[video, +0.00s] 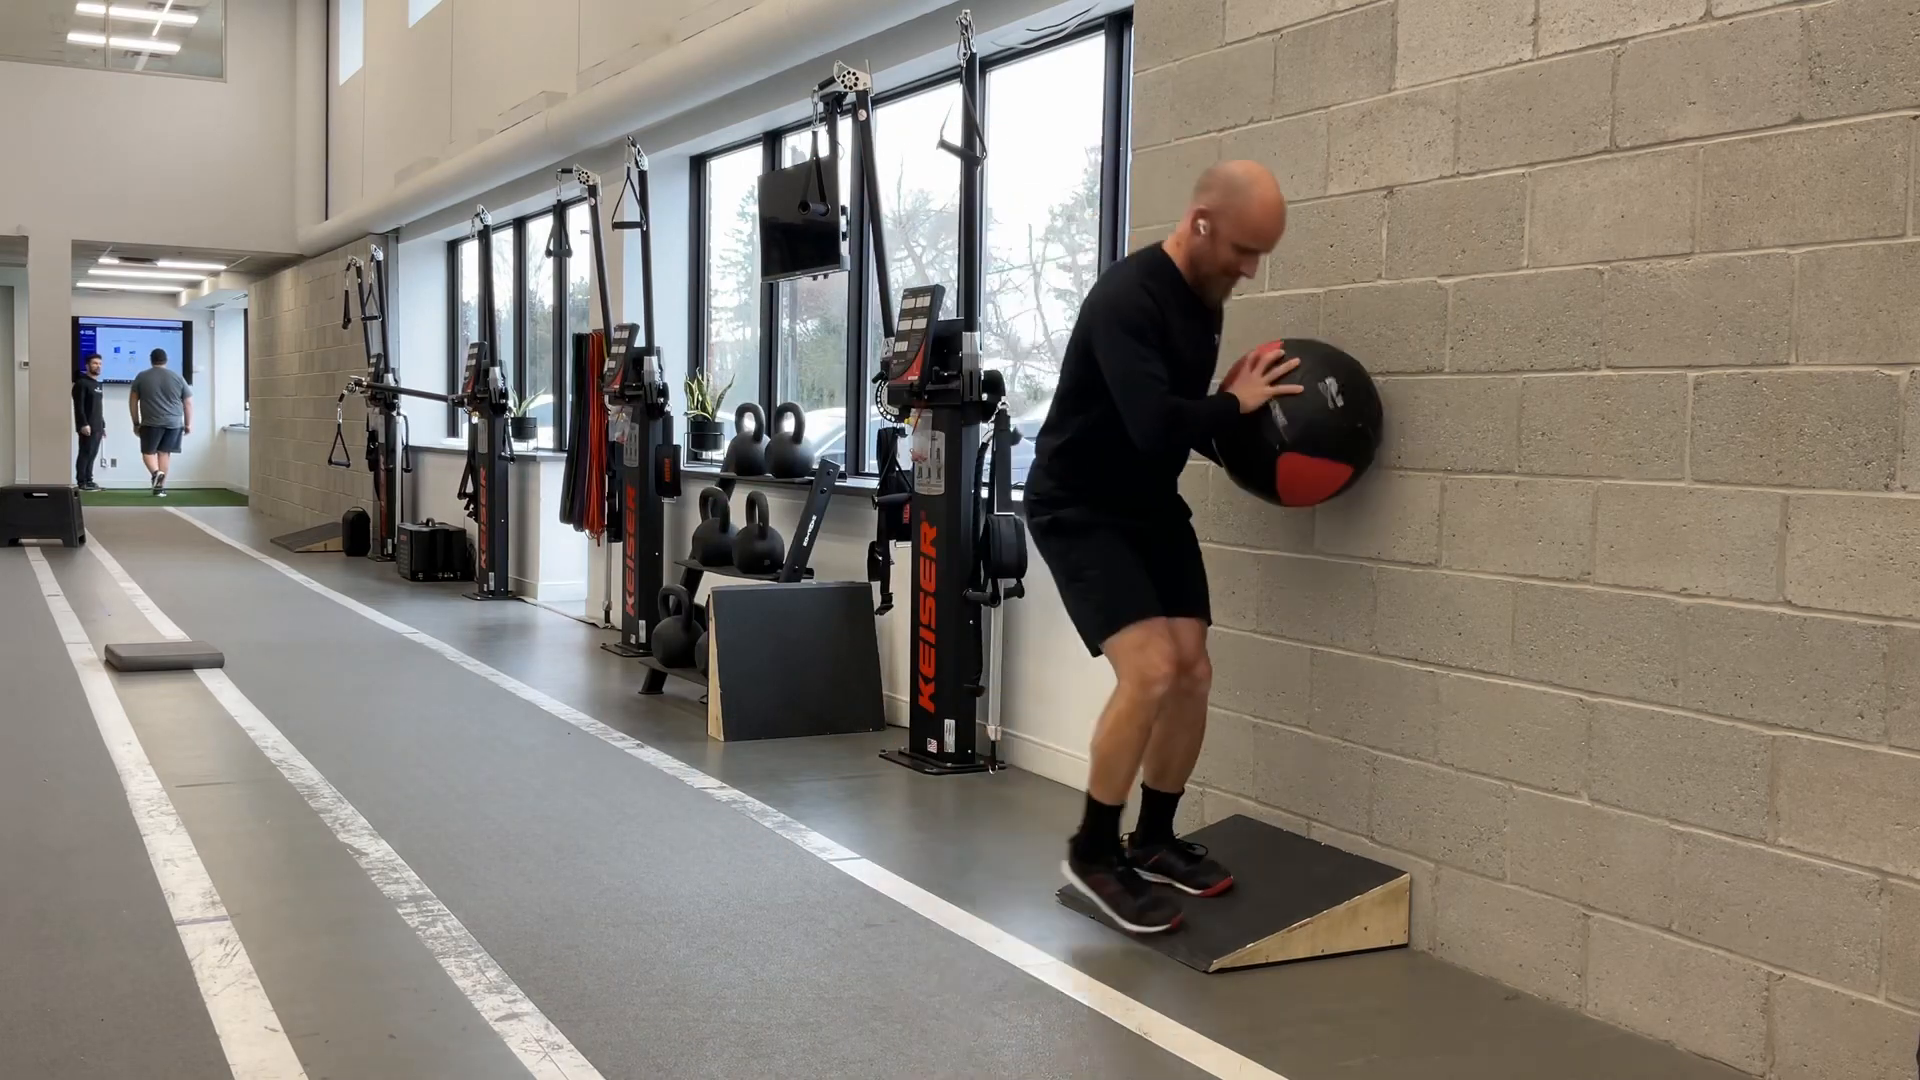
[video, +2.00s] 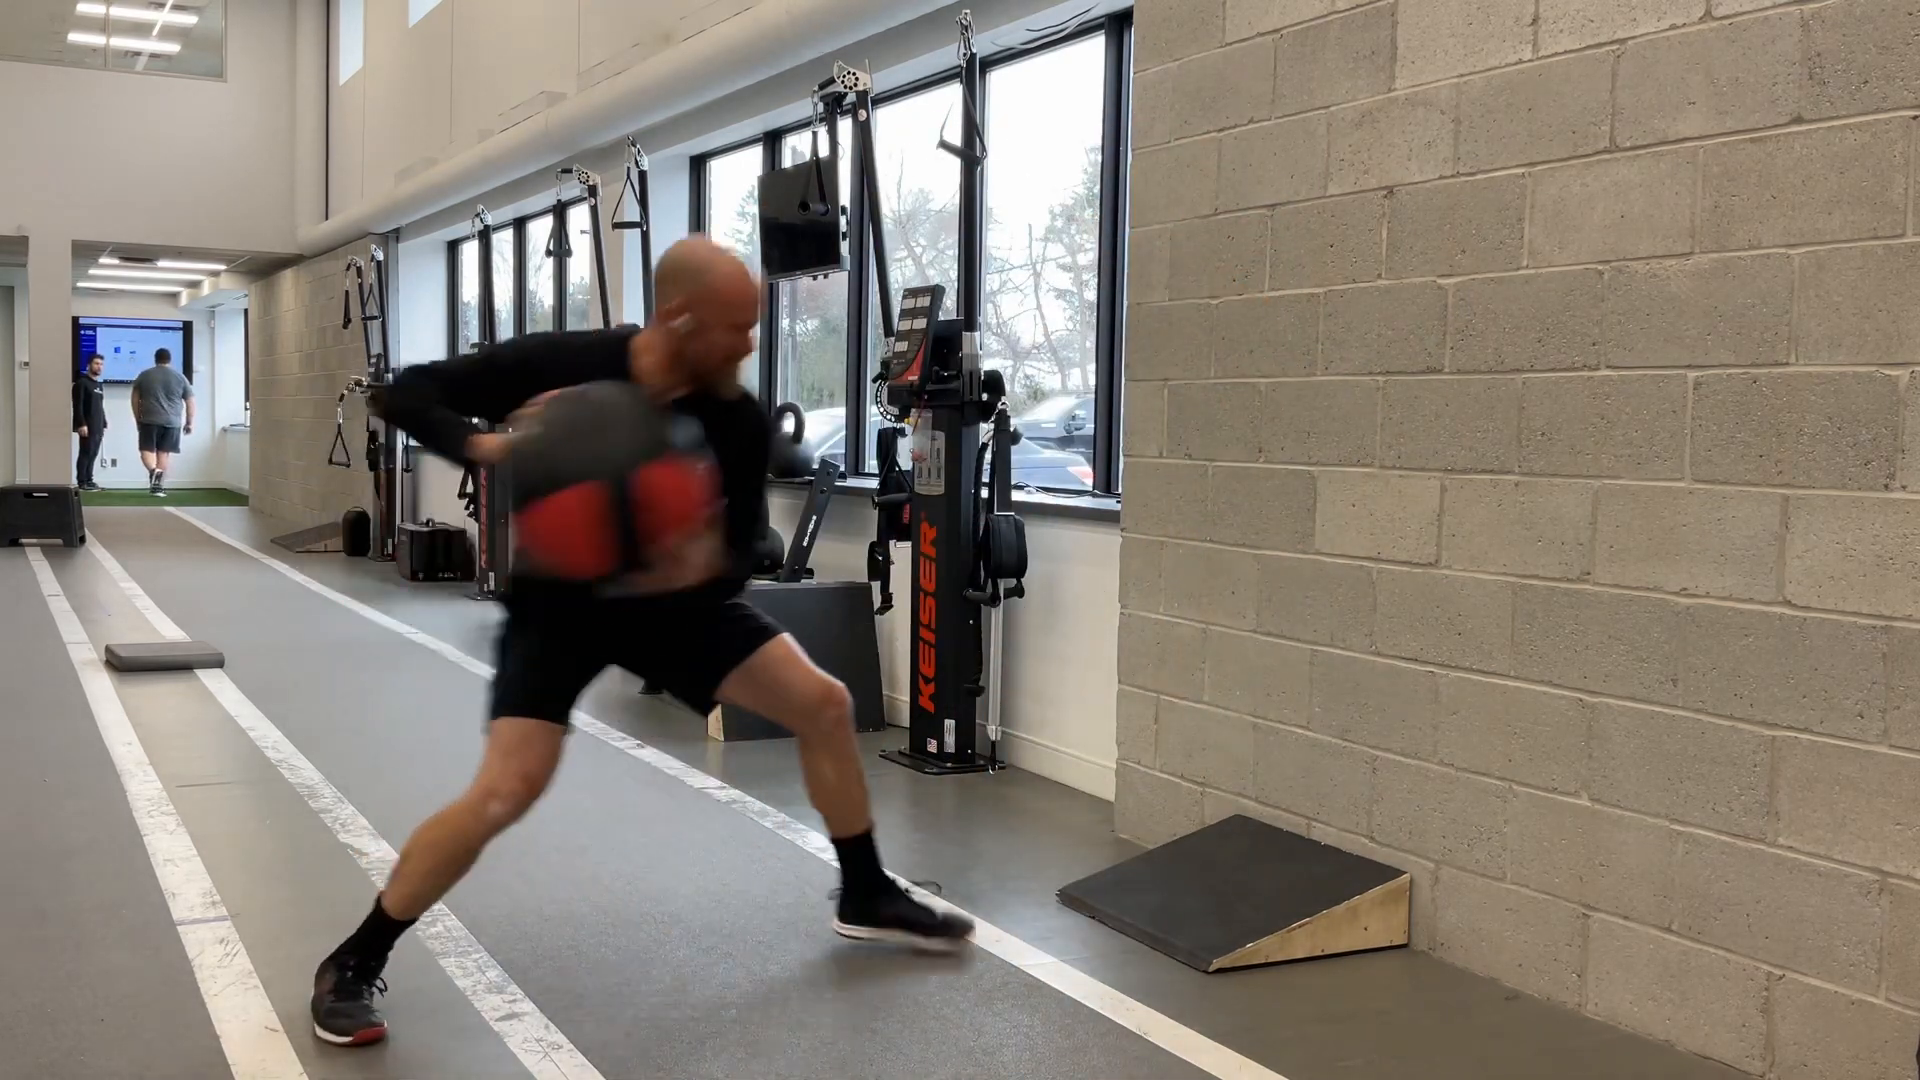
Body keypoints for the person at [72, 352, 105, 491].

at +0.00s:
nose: (97, 366)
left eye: (99, 364)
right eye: (94, 363)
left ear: (101, 366)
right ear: (88, 365)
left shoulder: (97, 384)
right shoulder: (81, 383)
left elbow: (98, 408)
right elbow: (79, 406)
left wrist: (102, 425)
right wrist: (83, 423)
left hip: (97, 425)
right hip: (87, 425)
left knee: (92, 454)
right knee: (85, 454)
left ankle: (89, 479)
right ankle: (82, 481)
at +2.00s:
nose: (99, 367)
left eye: (101, 364)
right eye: (96, 363)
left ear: (102, 367)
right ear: (89, 365)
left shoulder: (98, 385)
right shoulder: (81, 383)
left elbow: (99, 405)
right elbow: (78, 405)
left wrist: (104, 421)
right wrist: (81, 424)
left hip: (97, 424)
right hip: (87, 425)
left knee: (93, 454)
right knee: (85, 454)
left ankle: (89, 479)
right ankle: (82, 480)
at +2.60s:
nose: (96, 367)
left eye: (97, 365)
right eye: (93, 364)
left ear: (98, 367)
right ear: (86, 366)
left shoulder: (94, 384)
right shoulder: (79, 383)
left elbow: (95, 404)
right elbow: (78, 405)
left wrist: (107, 412)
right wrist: (93, 415)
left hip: (94, 423)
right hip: (84, 423)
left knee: (92, 453)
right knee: (85, 452)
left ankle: (89, 479)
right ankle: (82, 481)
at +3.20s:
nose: (91, 366)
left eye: (90, 363)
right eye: (89, 363)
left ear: (81, 365)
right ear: (84, 365)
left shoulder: (78, 381)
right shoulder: (80, 384)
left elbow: (81, 406)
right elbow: (82, 407)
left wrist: (96, 406)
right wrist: (98, 407)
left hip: (81, 425)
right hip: (82, 426)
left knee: (86, 450)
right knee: (85, 450)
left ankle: (81, 479)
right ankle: (81, 481)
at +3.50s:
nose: (81, 366)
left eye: (81, 363)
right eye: (79, 364)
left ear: (74, 367)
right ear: (74, 367)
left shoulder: (73, 383)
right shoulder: (75, 385)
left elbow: (79, 406)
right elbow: (81, 407)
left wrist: (91, 403)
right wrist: (94, 404)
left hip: (76, 425)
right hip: (79, 426)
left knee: (77, 455)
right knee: (78, 455)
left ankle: (81, 481)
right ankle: (81, 482)